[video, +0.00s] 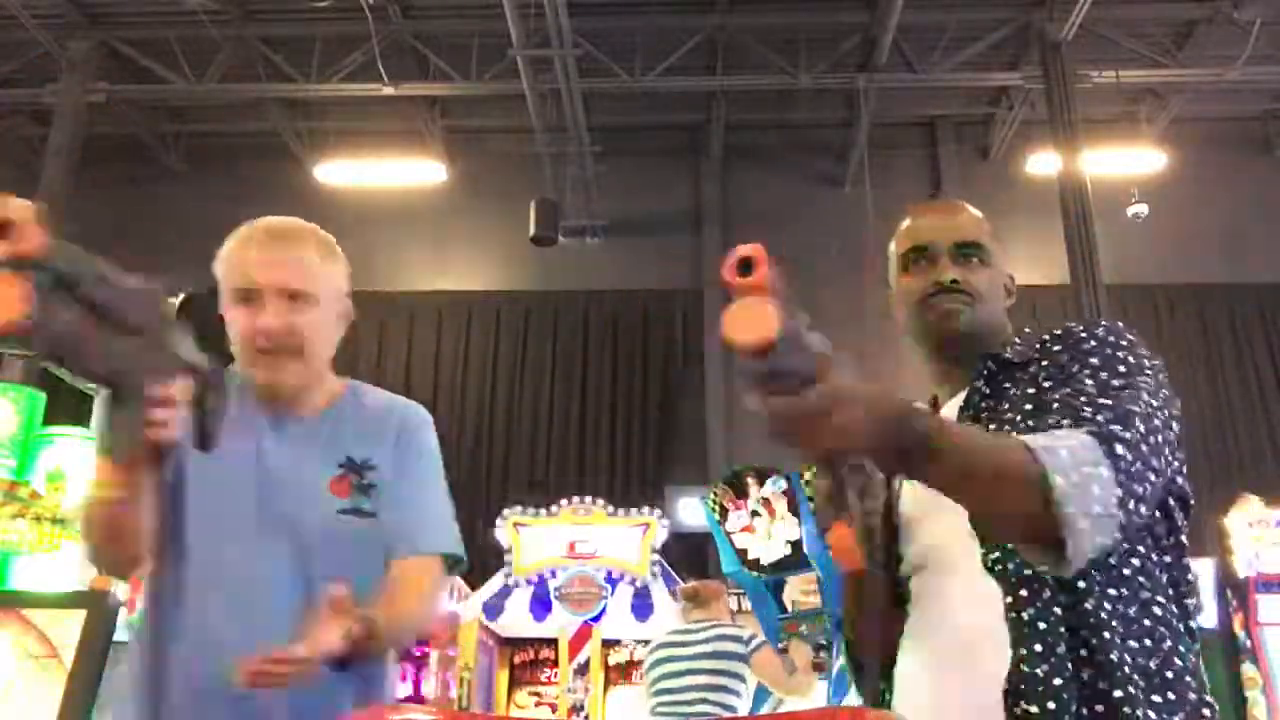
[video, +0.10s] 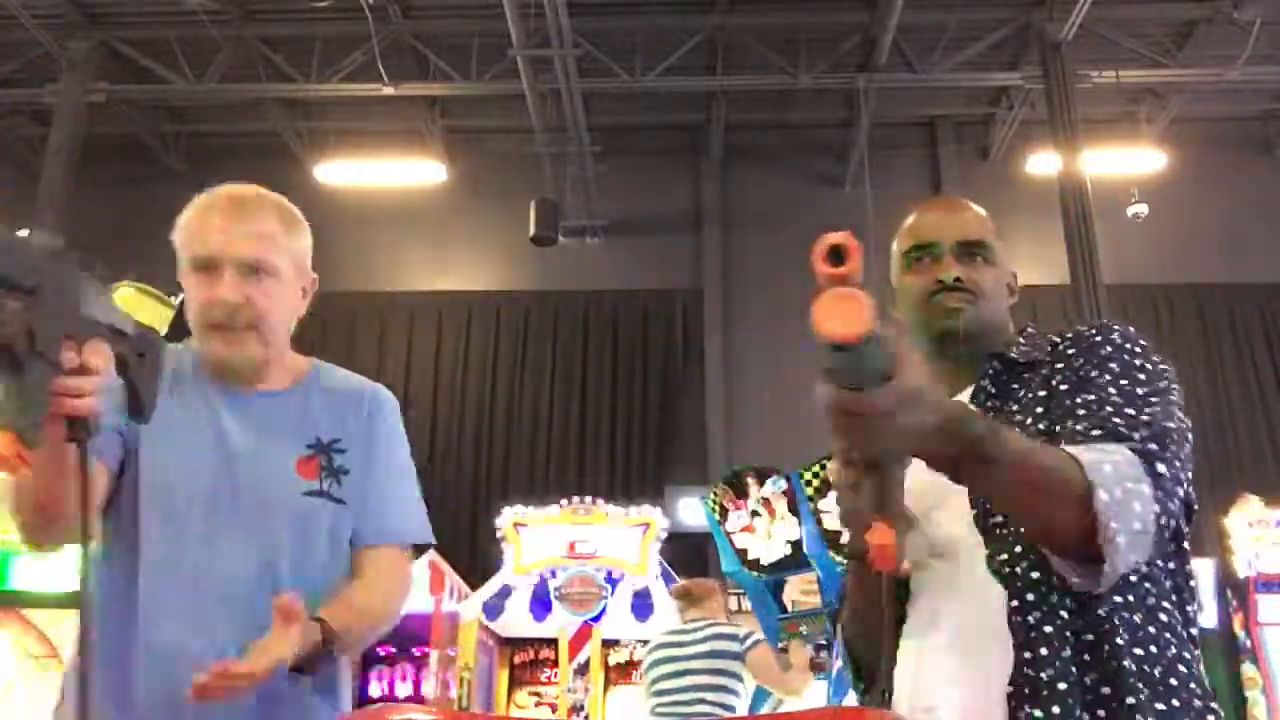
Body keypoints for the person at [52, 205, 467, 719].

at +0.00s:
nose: (270, 322)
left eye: (295, 299)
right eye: (248, 299)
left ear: (343, 314)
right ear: (222, 312)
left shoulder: (397, 429)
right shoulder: (178, 413)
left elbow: (417, 595)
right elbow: (116, 560)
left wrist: (353, 630)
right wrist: (134, 457)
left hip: (328, 708)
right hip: (172, 703)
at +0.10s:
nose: (227, 295)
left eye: (254, 271)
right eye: (206, 269)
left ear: (304, 290)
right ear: (181, 281)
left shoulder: (362, 411)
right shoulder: (134, 383)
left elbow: (385, 581)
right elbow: (50, 527)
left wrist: (310, 638)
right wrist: (60, 424)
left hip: (288, 711)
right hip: (129, 705)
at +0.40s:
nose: (270, 257)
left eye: (299, 234)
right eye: (246, 233)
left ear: (352, 256)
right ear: (218, 250)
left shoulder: (412, 389)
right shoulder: (161, 366)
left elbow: (447, 572)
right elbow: (86, 526)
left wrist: (351, 648)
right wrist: (79, 405)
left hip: (330, 715)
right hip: (151, 707)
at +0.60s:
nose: (297, 296)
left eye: (322, 277)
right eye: (276, 275)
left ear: (362, 303)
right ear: (245, 295)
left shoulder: (413, 422)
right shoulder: (195, 397)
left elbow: (466, 579)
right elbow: (131, 536)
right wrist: (141, 401)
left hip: (358, 711)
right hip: (190, 704)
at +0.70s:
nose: (333, 300)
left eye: (359, 282)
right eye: (311, 279)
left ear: (396, 308)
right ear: (280, 298)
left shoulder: (440, 416)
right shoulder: (235, 396)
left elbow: (470, 573)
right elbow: (178, 547)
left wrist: (365, 481)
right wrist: (198, 465)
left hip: (379, 704)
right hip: (228, 703)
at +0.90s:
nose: (299, 297)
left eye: (326, 277)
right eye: (278, 273)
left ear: (366, 305)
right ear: (244, 292)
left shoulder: (411, 407)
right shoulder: (181, 397)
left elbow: (429, 565)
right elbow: (145, 572)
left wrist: (289, 485)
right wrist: (186, 484)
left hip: (357, 706)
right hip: (198, 705)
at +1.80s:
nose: (324, 322)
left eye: (349, 306)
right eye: (304, 300)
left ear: (379, 335)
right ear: (265, 318)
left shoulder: (416, 431)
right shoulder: (200, 416)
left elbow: (431, 577)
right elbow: (173, 583)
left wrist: (300, 505)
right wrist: (204, 477)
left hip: (353, 709)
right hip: (205, 707)